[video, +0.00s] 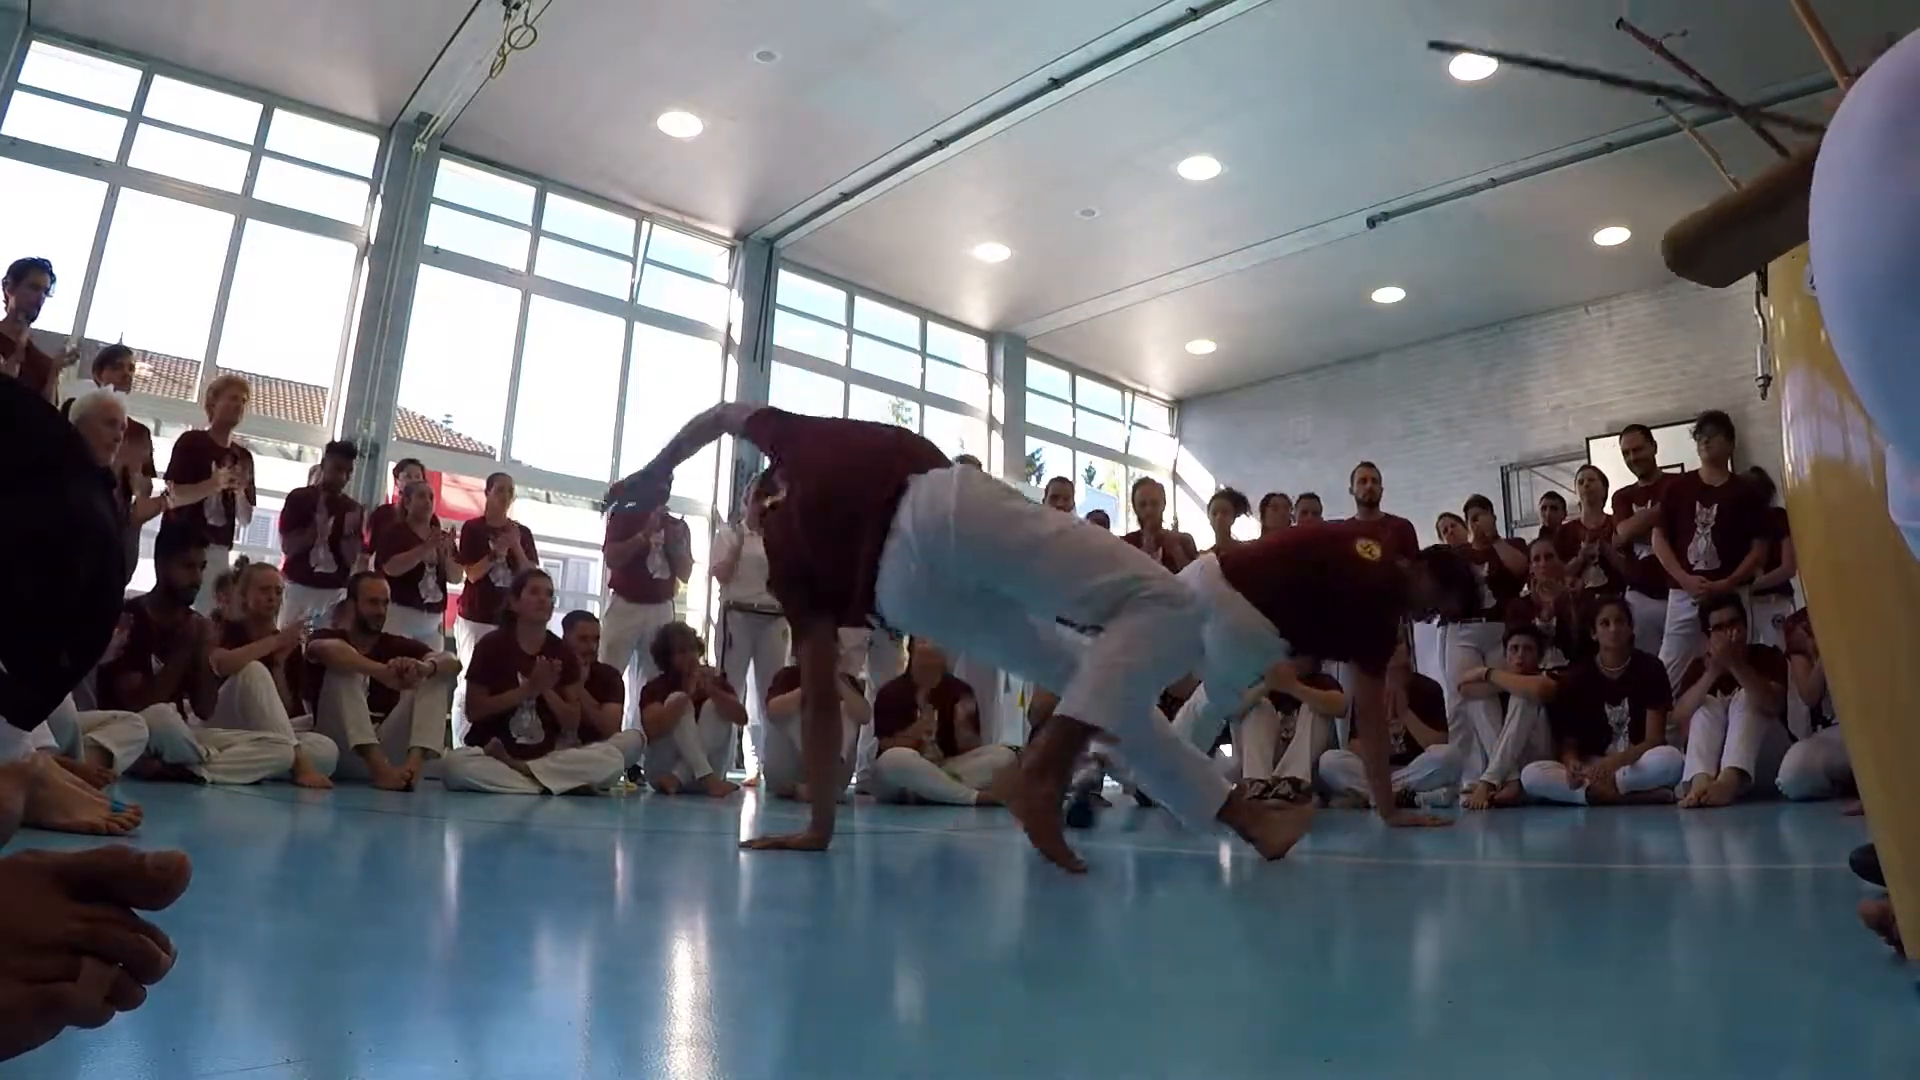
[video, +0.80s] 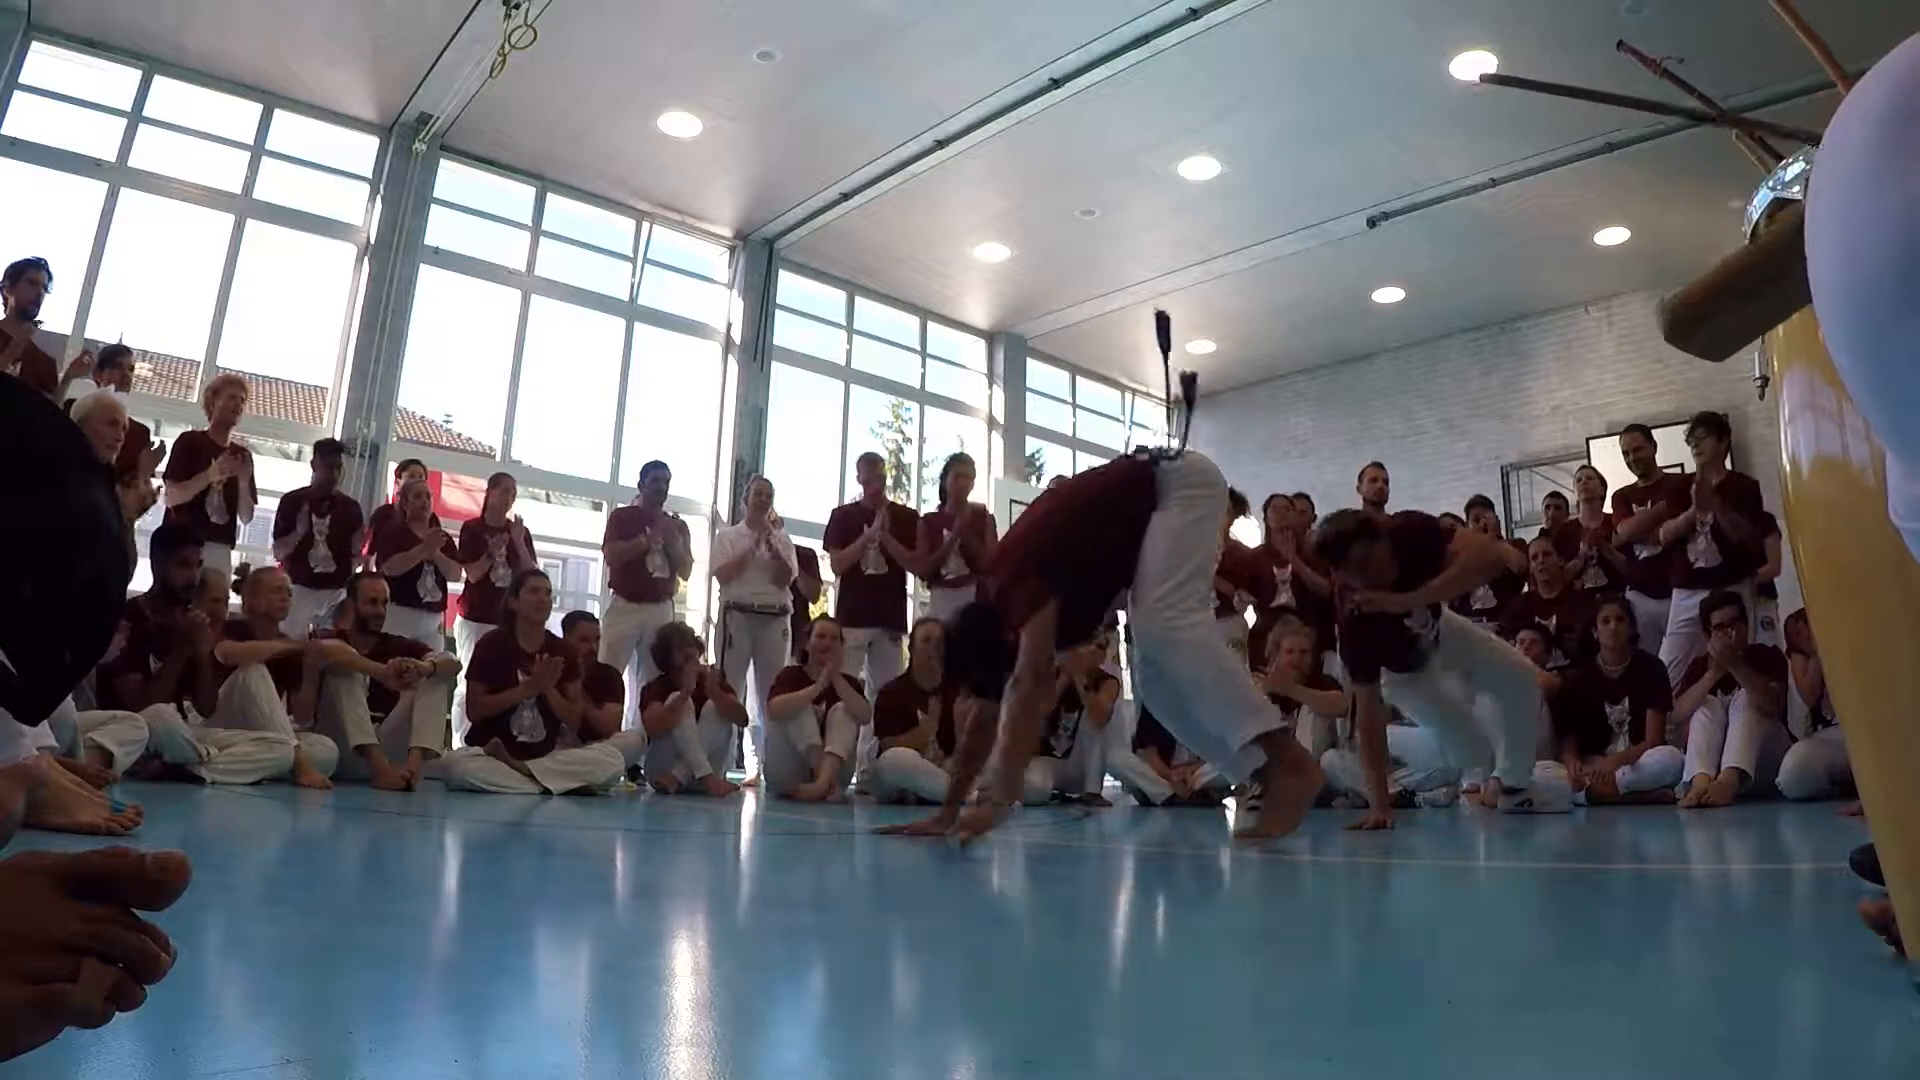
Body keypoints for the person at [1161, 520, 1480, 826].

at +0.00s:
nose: (1428, 615)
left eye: (1437, 612)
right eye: (1436, 606)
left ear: (1422, 560)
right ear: (1428, 581)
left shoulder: (1381, 537)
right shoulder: (1379, 606)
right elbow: (1368, 717)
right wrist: (1388, 809)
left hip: (1205, 573)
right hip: (1248, 622)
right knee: (1217, 704)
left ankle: (1143, 779)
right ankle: (1165, 787)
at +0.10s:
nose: (1439, 617)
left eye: (1448, 613)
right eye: (1445, 608)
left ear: (1428, 559)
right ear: (1430, 577)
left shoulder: (1395, 532)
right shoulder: (1379, 615)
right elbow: (1371, 723)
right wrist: (1388, 811)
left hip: (1207, 580)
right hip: (1244, 631)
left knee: (1170, 676)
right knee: (1221, 716)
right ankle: (1164, 793)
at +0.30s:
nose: (1421, 604)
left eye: (1430, 597)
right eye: (1417, 591)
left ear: (1440, 593)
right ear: (1392, 567)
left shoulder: (1392, 545)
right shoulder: (1358, 601)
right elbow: (1362, 719)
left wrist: (1396, 666)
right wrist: (1387, 811)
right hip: (1232, 637)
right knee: (1257, 746)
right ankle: (1177, 789)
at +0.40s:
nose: (1412, 594)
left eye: (1421, 586)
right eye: (1408, 584)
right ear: (1385, 565)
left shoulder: (1385, 540)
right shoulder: (1352, 597)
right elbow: (1360, 708)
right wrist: (1387, 811)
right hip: (1249, 643)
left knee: (1331, 685)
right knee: (1276, 756)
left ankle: (1300, 772)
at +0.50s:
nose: (1413, 588)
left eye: (1416, 578)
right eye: (1406, 578)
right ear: (1375, 565)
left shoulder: (1376, 535)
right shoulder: (1357, 599)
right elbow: (1363, 721)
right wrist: (1388, 811)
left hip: (1325, 635)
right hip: (1270, 641)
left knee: (1396, 677)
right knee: (1288, 753)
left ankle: (1426, 772)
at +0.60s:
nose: (1397, 583)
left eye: (1404, 570)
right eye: (1383, 574)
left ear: (1414, 553)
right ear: (1366, 564)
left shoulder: (1412, 525)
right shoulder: (1357, 600)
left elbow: (1481, 525)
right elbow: (1362, 716)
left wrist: (1453, 572)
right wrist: (1377, 803)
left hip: (1366, 638)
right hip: (1305, 648)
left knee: (1444, 681)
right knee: (1303, 741)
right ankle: (1225, 774)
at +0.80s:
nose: (1370, 576)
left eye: (1369, 563)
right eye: (1358, 572)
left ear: (1380, 541)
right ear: (1342, 574)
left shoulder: (1409, 530)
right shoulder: (1355, 621)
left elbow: (1491, 556)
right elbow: (1367, 710)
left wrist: (1412, 599)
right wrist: (1379, 807)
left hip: (1439, 629)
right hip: (1402, 671)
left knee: (1521, 679)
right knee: (1474, 754)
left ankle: (1513, 786)